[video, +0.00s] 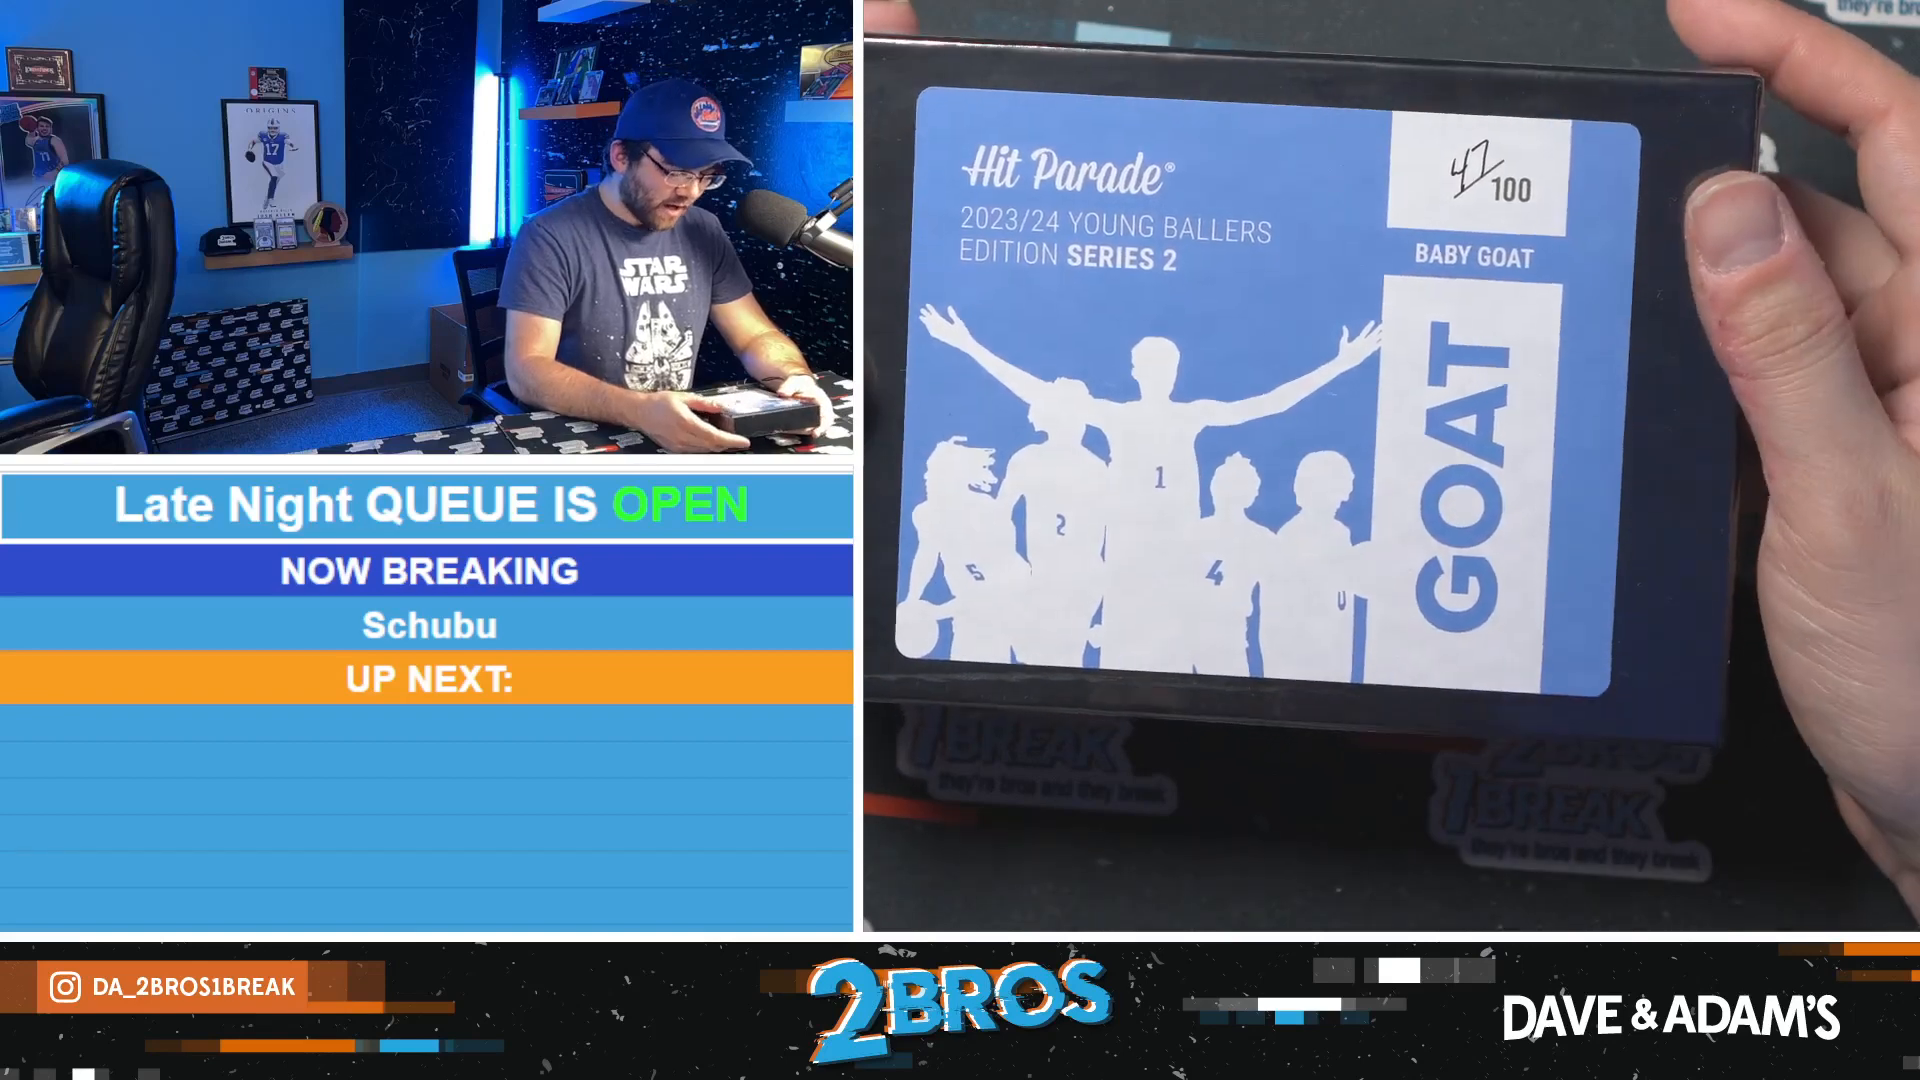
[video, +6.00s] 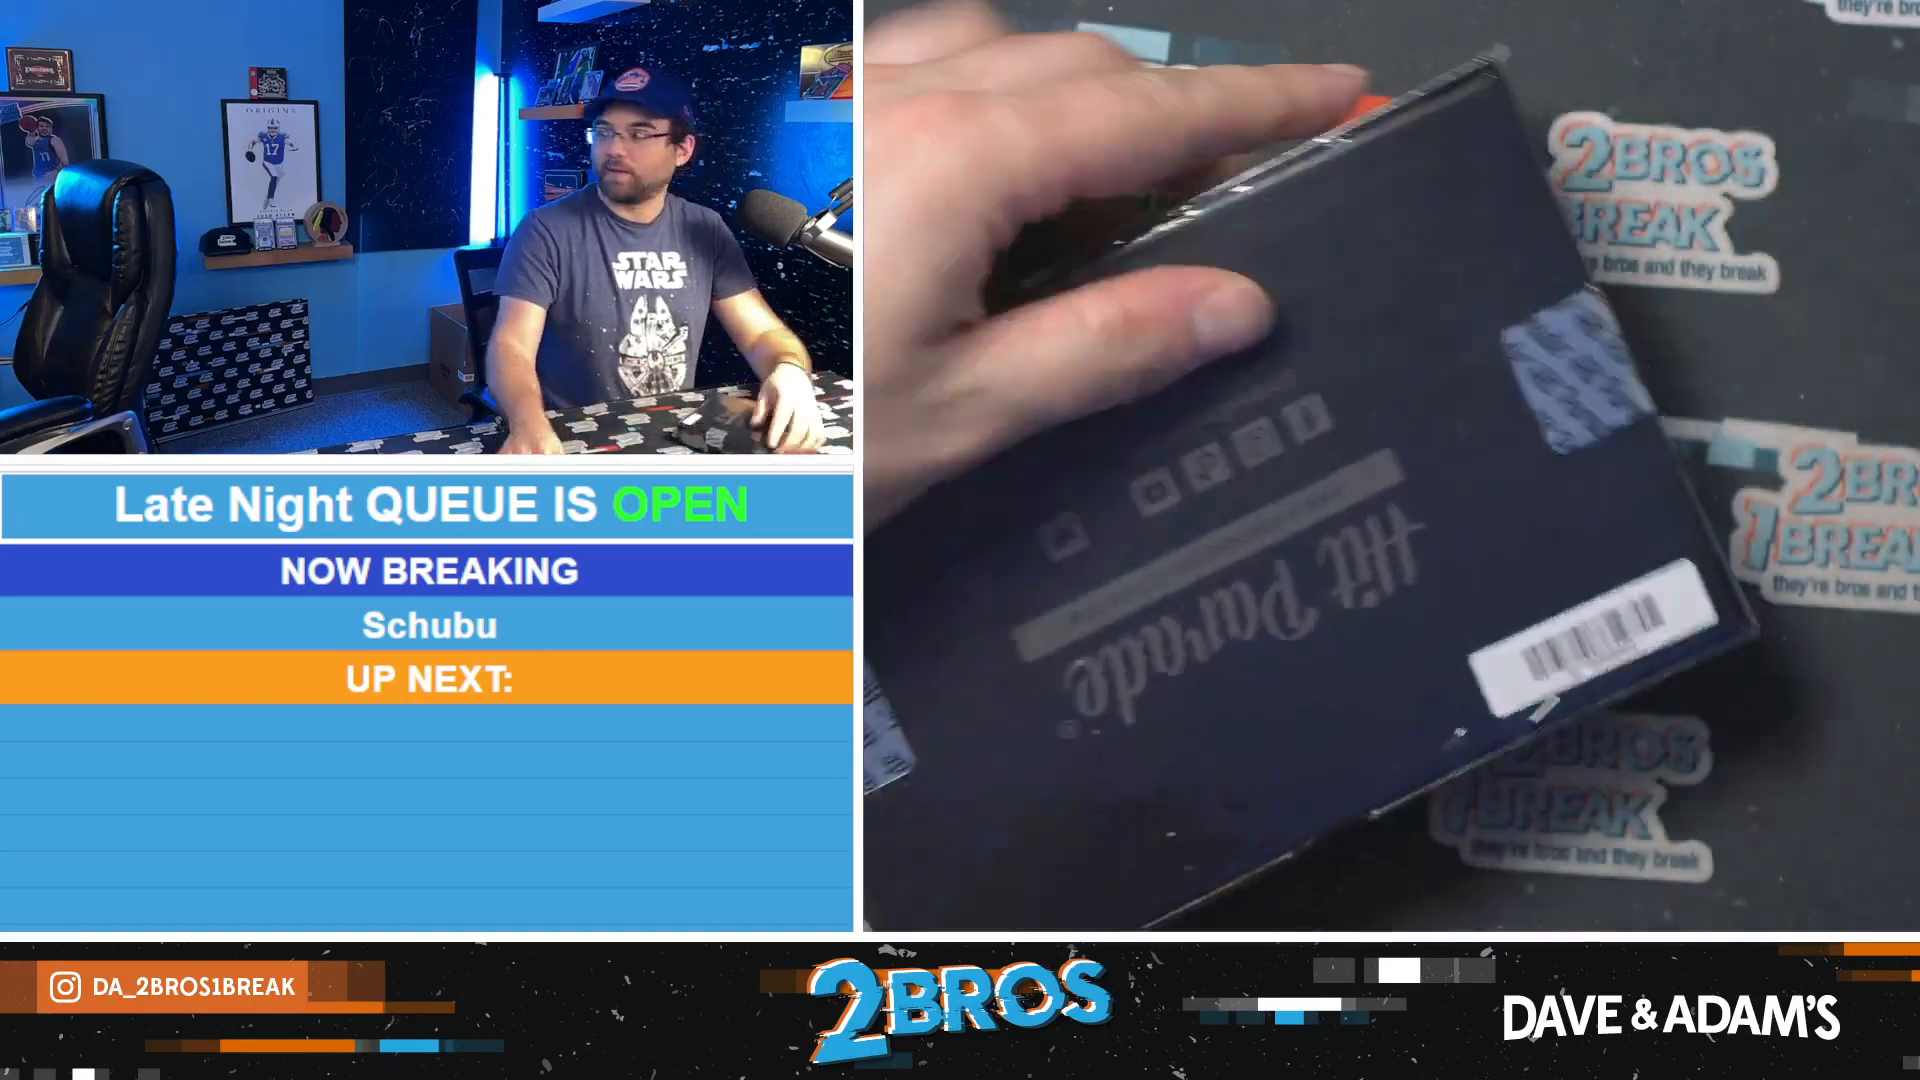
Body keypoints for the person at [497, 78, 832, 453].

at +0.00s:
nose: (689, 192)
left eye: (703, 174)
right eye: (674, 170)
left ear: (715, 172)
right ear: (620, 157)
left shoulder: (702, 232)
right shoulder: (552, 235)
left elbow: (754, 334)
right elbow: (527, 370)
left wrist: (794, 374)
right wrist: (640, 409)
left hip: (681, 459)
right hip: (578, 463)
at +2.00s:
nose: (687, 192)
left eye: (702, 176)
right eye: (673, 171)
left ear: (714, 173)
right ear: (620, 156)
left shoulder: (701, 232)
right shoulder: (553, 237)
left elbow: (755, 335)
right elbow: (527, 372)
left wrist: (795, 375)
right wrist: (643, 409)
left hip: (682, 459)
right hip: (577, 464)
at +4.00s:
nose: (685, 188)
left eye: (701, 170)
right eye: (668, 166)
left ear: (712, 168)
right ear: (617, 154)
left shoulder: (703, 233)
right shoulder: (553, 238)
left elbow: (757, 336)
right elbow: (529, 374)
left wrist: (797, 376)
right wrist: (639, 406)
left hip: (685, 461)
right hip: (581, 466)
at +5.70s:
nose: (659, 160)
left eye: (679, 145)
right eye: (642, 140)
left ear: (695, 157)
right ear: (605, 144)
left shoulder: (705, 231)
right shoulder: (552, 238)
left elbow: (757, 334)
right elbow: (523, 373)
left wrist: (793, 372)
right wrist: (612, 384)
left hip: (683, 449)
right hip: (577, 458)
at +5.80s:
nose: (648, 156)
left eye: (670, 141)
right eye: (631, 137)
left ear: (691, 155)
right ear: (602, 144)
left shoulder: (704, 230)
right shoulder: (548, 237)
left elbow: (762, 331)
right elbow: (515, 365)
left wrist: (795, 367)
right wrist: (565, 389)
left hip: (683, 456)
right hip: (580, 464)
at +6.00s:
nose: (616, 150)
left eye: (640, 135)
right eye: (605, 132)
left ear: (682, 150)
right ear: (592, 140)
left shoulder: (705, 232)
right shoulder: (546, 232)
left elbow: (761, 334)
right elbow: (510, 350)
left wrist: (791, 369)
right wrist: (529, 425)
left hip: (680, 453)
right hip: (575, 456)